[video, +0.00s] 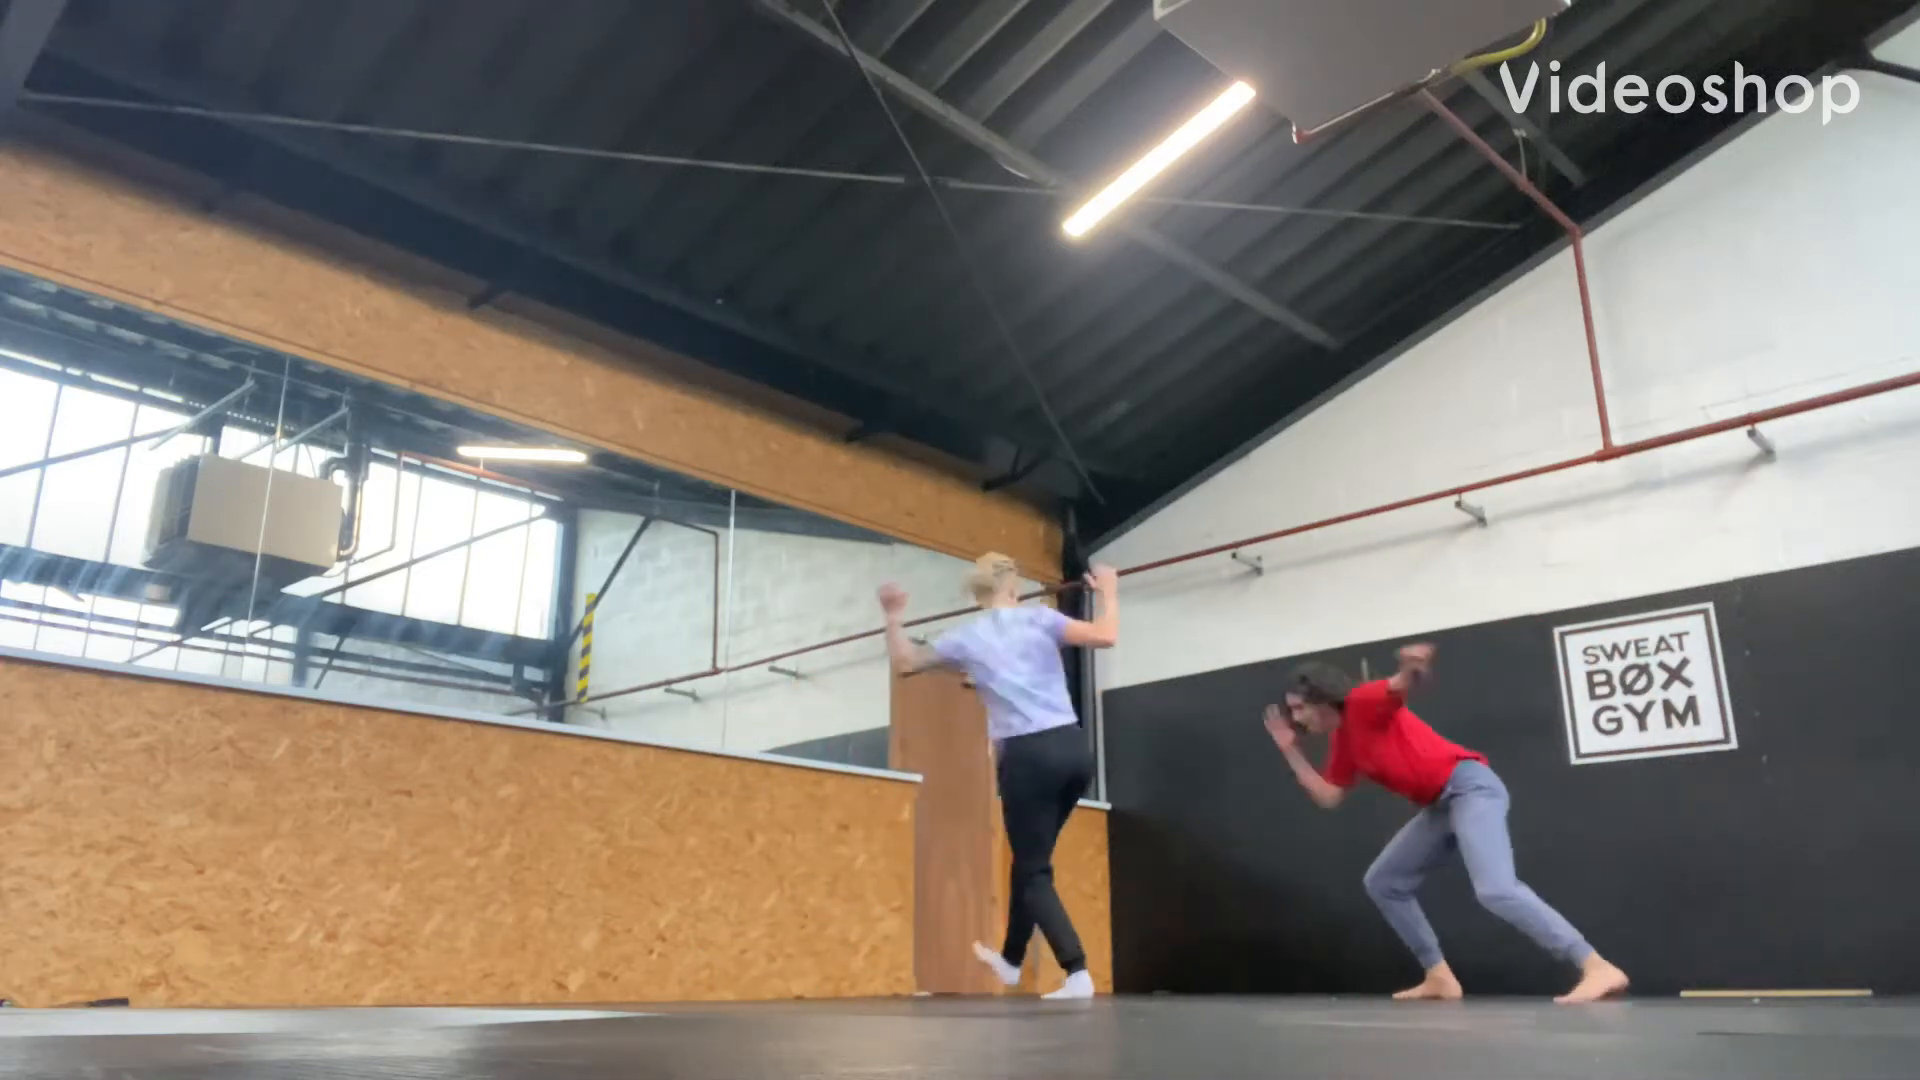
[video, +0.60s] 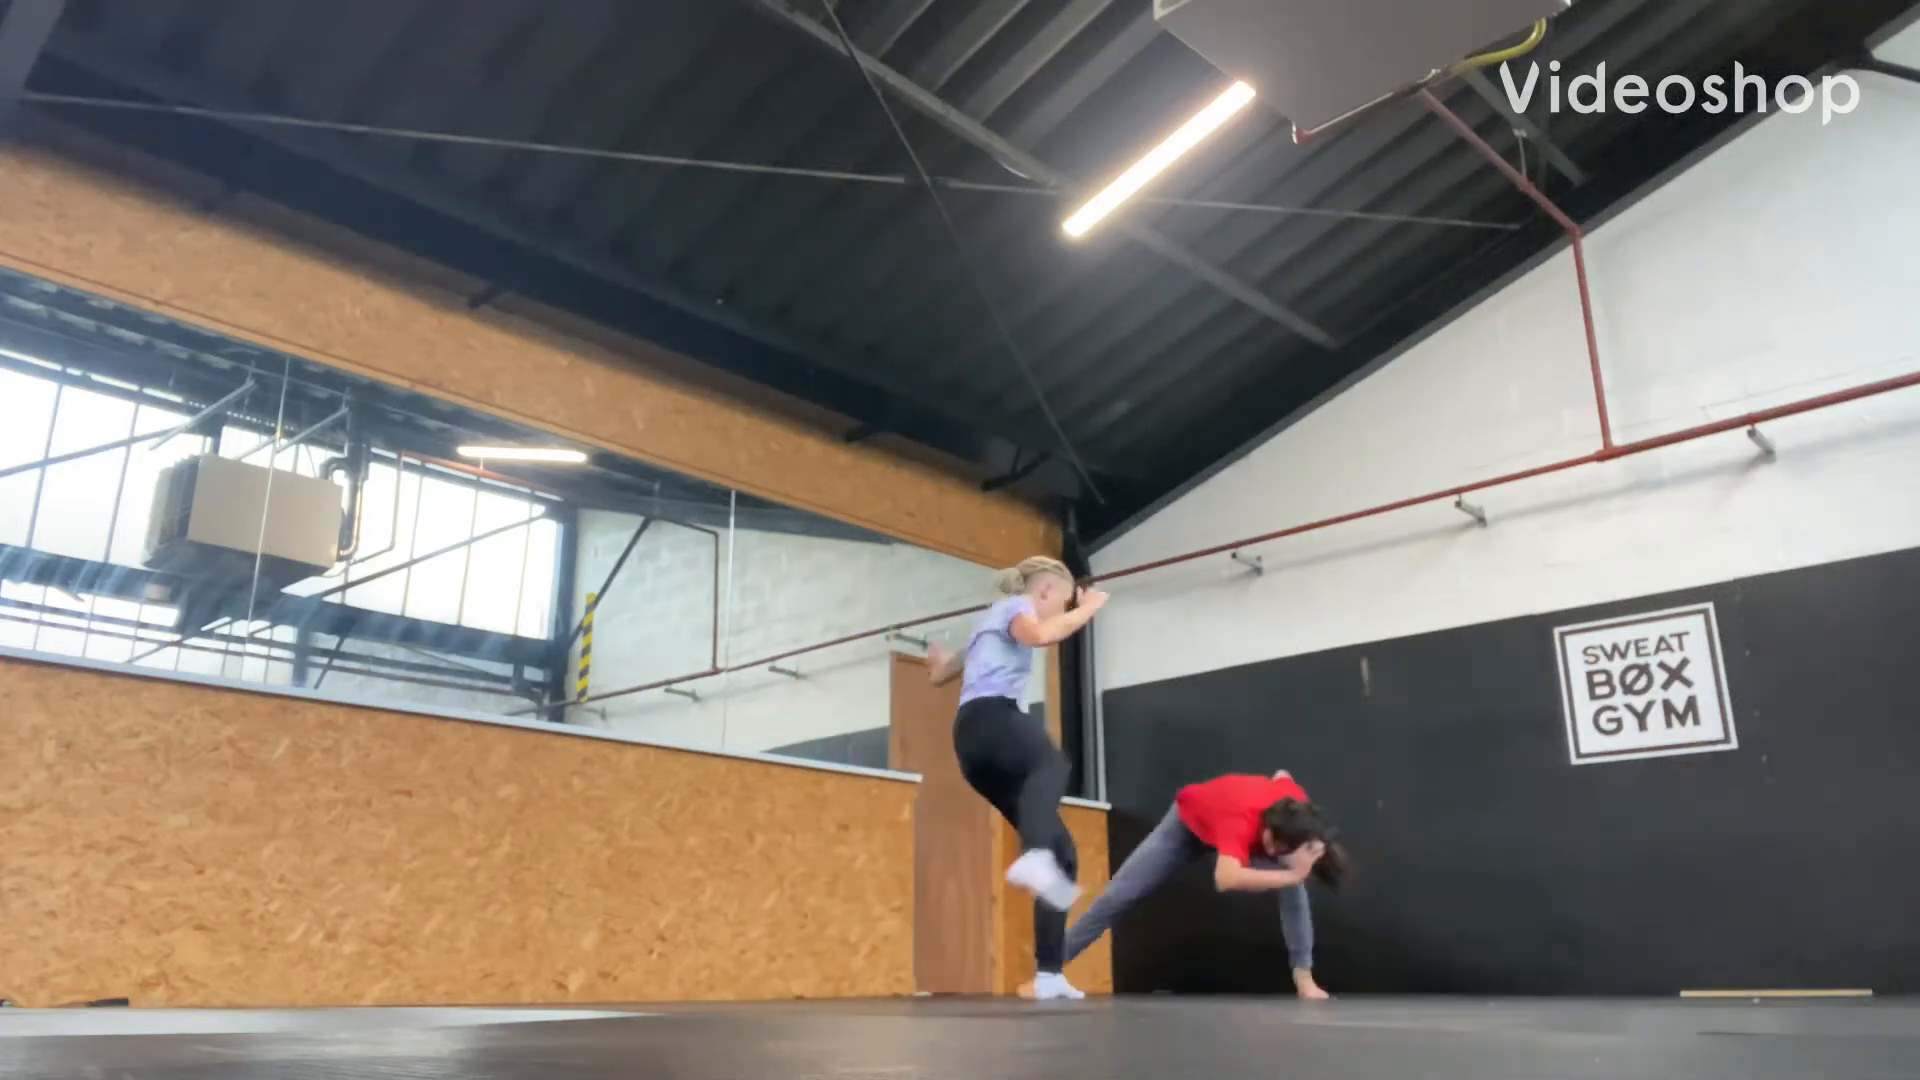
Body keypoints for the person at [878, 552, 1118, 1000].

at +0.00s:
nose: (1018, 590)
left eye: (1013, 584)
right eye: (1016, 584)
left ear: (976, 593)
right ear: (1012, 587)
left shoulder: (969, 637)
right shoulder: (1041, 619)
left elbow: (905, 661)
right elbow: (1105, 635)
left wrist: (891, 616)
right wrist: (1109, 588)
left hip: (1025, 755)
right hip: (1073, 747)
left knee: (1035, 872)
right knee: (1029, 861)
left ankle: (1078, 975)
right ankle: (1010, 962)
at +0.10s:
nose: (1029, 598)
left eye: (1030, 592)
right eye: (1027, 591)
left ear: (980, 593)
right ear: (1011, 589)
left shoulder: (958, 641)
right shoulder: (1021, 615)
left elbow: (938, 675)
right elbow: (1068, 640)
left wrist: (951, 625)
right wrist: (1095, 601)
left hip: (1025, 758)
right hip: (1077, 740)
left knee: (1042, 874)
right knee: (1058, 803)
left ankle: (1079, 974)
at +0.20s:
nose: (1040, 604)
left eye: (1040, 598)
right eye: (1037, 597)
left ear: (997, 589)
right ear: (1019, 588)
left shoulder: (972, 629)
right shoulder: (1010, 609)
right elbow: (1057, 626)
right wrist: (1089, 601)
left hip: (1009, 747)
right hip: (1049, 720)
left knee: (1047, 860)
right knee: (1089, 719)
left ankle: (1078, 972)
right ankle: (1123, 730)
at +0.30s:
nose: (1059, 604)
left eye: (1061, 598)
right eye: (1056, 596)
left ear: (1012, 586)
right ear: (1033, 587)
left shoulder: (982, 622)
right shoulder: (1016, 597)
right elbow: (1061, 609)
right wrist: (1088, 594)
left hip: (993, 737)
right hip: (1030, 704)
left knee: (1038, 848)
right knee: (1104, 647)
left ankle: (1062, 964)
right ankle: (1173, 609)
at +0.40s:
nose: (1055, 606)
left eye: (1056, 599)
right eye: (1054, 598)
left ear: (1023, 590)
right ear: (1038, 591)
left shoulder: (989, 626)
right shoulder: (1014, 605)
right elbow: (1065, 607)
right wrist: (1100, 584)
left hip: (985, 745)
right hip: (1009, 706)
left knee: (1044, 848)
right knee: (1109, 640)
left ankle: (1044, 967)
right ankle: (1209, 580)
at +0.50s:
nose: (1057, 614)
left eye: (1061, 607)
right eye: (1056, 604)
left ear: (1039, 600)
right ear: (1038, 594)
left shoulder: (996, 635)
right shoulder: (1008, 610)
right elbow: (1055, 626)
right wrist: (1098, 595)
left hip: (989, 758)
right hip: (997, 719)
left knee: (1057, 854)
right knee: (1085, 692)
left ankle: (1049, 976)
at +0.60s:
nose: (1064, 610)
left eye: (1067, 604)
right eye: (1064, 602)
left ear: (1029, 591)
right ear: (1044, 588)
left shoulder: (989, 626)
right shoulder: (1017, 605)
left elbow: (944, 672)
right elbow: (1033, 633)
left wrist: (939, 666)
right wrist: (1083, 612)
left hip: (973, 750)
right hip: (990, 718)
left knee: (1060, 850)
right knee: (1050, 764)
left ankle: (1049, 975)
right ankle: (1035, 854)